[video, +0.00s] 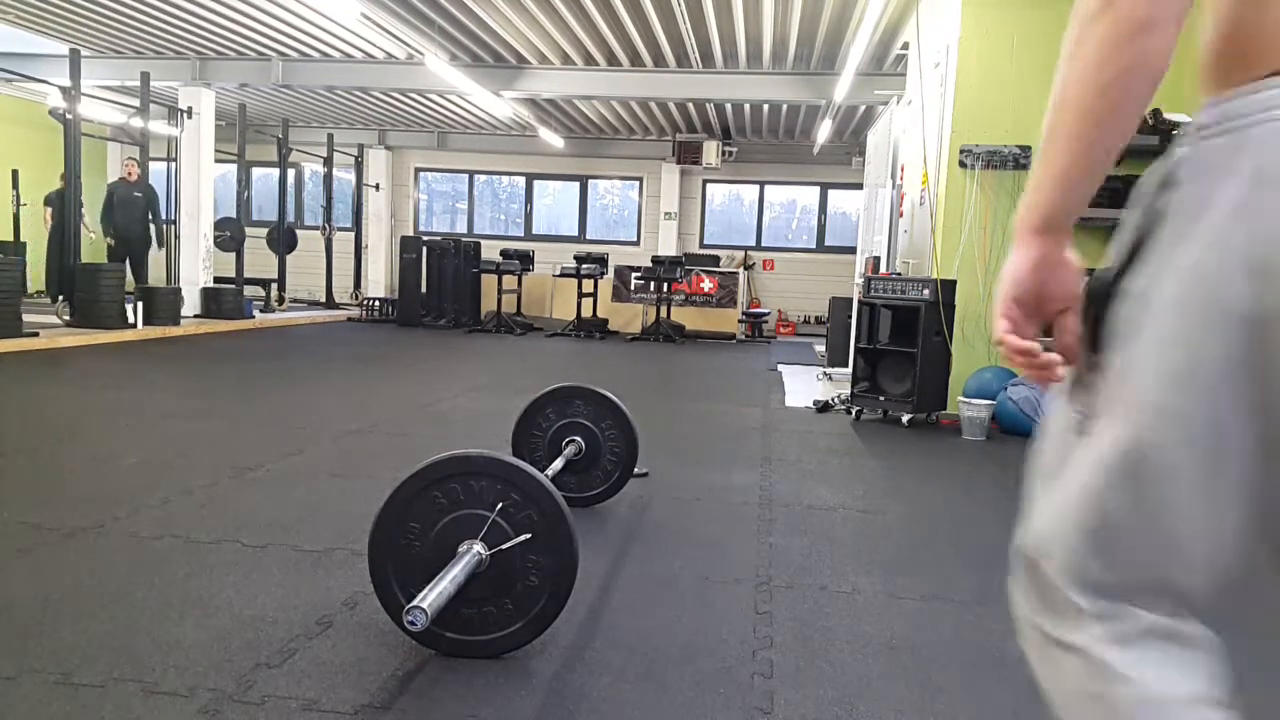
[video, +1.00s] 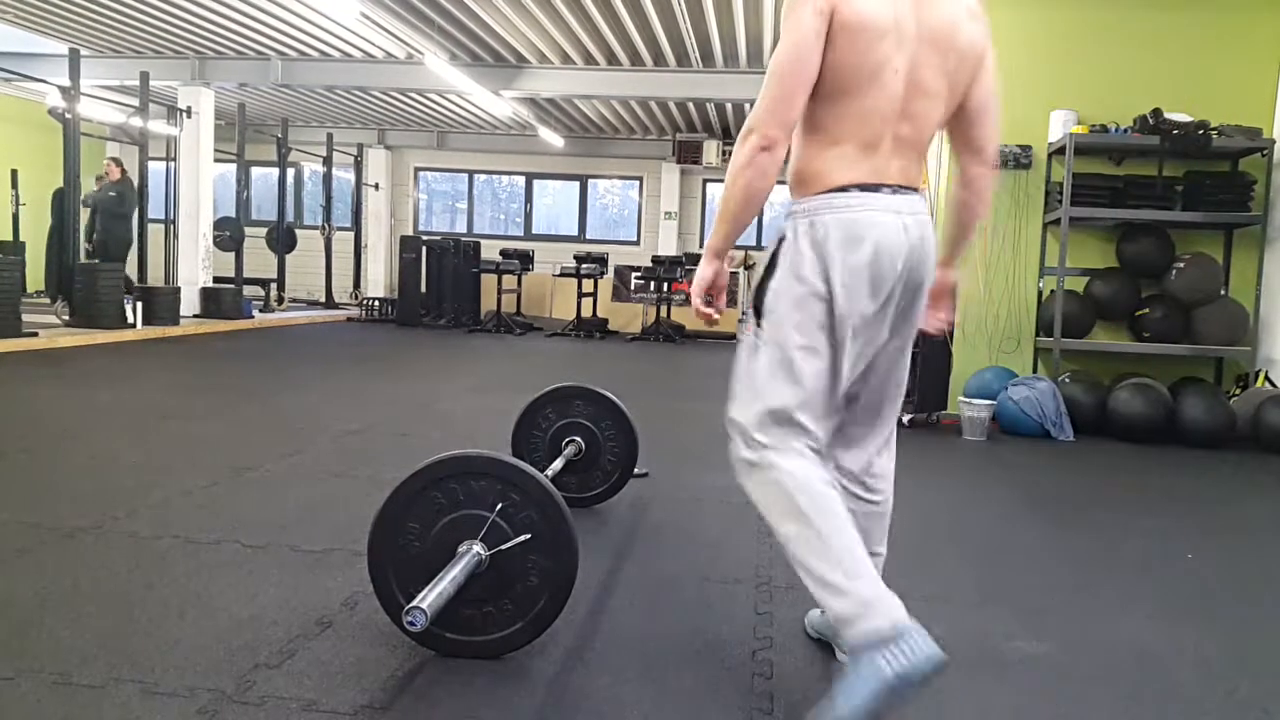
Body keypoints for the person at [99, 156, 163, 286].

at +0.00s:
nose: (129, 169)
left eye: (133, 166)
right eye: (126, 166)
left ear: (138, 169)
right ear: (122, 169)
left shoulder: (147, 189)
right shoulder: (114, 187)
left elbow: (156, 215)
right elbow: (105, 214)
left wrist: (160, 238)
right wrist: (107, 234)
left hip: (139, 242)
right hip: (117, 241)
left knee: (141, 281)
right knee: (115, 280)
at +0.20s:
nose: (129, 169)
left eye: (132, 166)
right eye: (126, 166)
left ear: (138, 169)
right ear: (122, 169)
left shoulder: (148, 189)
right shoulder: (114, 188)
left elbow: (155, 216)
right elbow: (106, 214)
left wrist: (157, 240)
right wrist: (108, 235)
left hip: (139, 242)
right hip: (117, 241)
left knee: (141, 281)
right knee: (115, 280)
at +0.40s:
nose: (124, 169)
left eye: (128, 166)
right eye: (121, 166)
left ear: (135, 169)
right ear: (118, 168)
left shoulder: (145, 189)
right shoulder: (112, 188)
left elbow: (150, 216)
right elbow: (104, 214)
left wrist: (145, 240)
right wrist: (102, 237)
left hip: (137, 243)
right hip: (115, 242)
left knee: (141, 283)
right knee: (113, 282)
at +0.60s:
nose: (118, 169)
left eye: (122, 166)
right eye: (117, 166)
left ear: (130, 169)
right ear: (114, 169)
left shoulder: (140, 188)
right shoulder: (110, 188)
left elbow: (144, 217)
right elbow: (102, 214)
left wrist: (139, 242)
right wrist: (98, 237)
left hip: (134, 242)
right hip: (112, 242)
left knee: (140, 283)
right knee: (114, 280)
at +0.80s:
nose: (109, 168)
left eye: (112, 165)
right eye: (109, 165)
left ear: (122, 168)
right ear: (109, 168)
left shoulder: (132, 187)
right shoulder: (104, 188)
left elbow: (135, 215)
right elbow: (95, 212)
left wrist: (123, 237)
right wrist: (93, 235)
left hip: (123, 238)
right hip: (104, 238)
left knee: (126, 273)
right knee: (106, 273)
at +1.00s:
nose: (105, 169)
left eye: (109, 166)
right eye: (105, 166)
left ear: (119, 168)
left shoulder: (126, 185)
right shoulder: (105, 187)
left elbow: (128, 209)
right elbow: (94, 214)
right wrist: (89, 238)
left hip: (119, 238)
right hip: (102, 237)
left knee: (115, 273)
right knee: (102, 273)